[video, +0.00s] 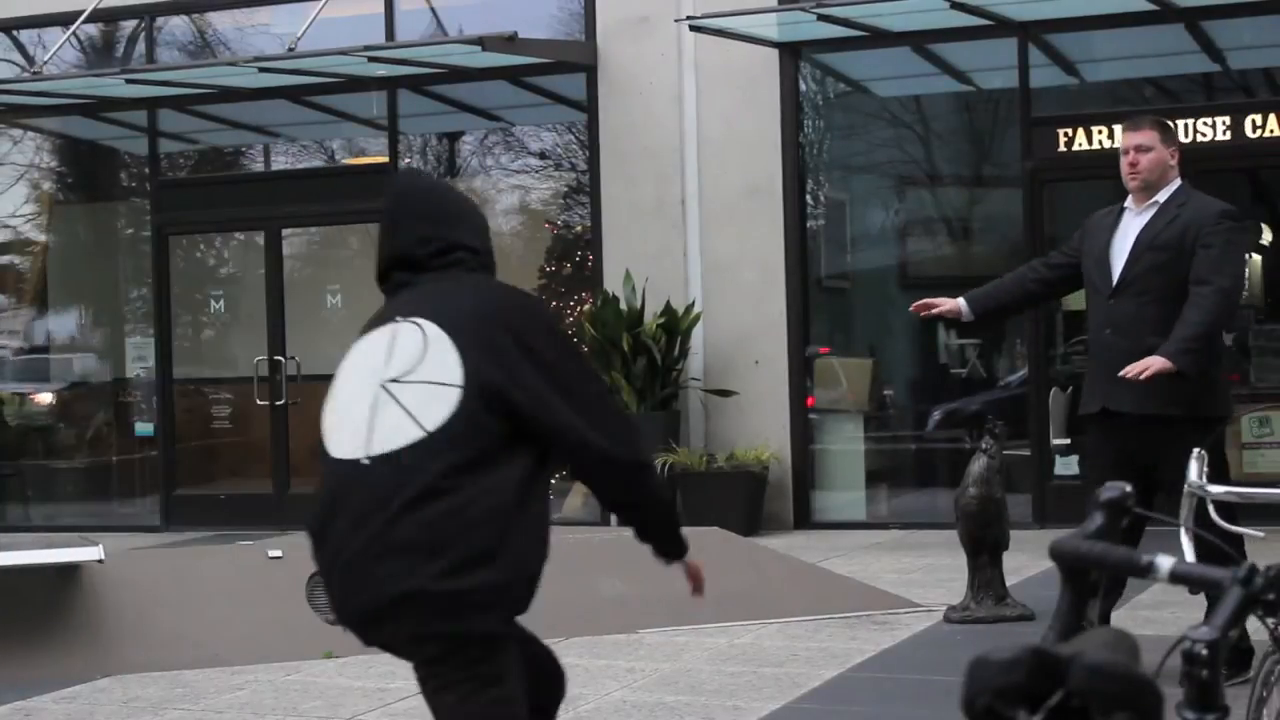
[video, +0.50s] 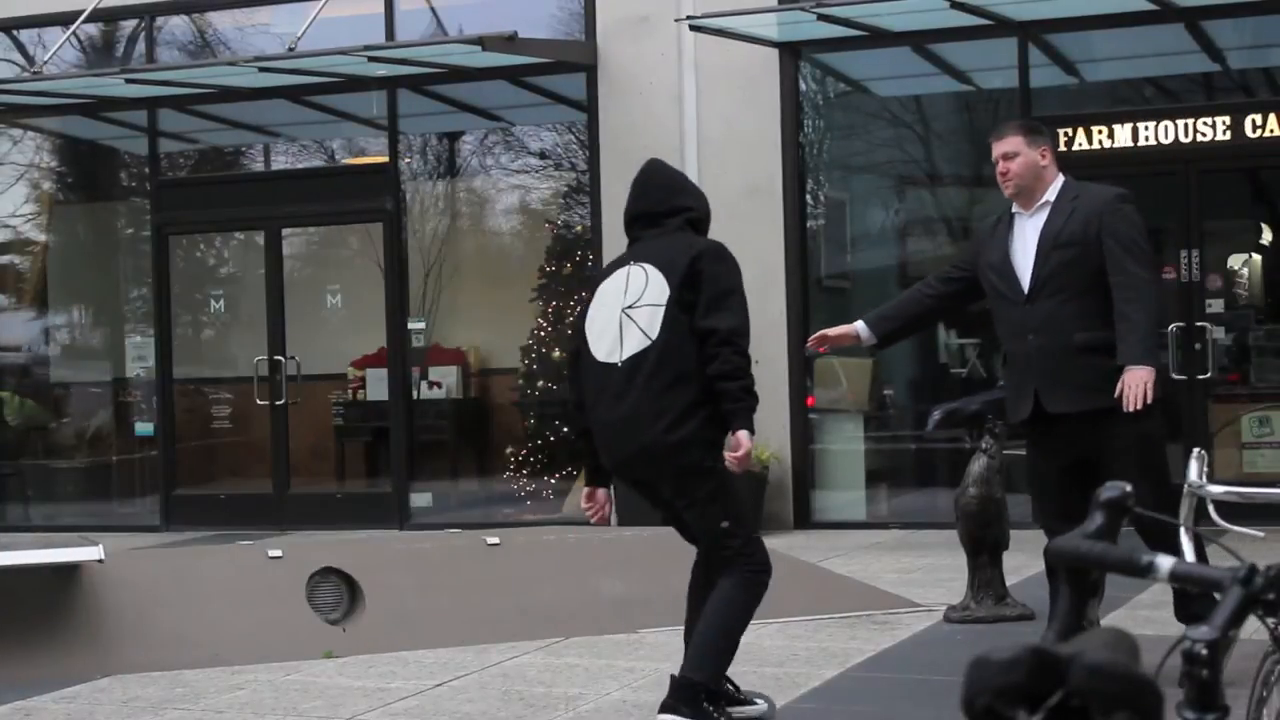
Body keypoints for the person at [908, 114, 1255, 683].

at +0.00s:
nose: (1129, 161)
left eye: (1140, 151)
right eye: (1124, 154)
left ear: (1173, 155)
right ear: (1120, 163)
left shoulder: (1211, 218)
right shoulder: (1101, 225)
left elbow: (1212, 296)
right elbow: (1044, 275)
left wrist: (1174, 354)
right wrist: (967, 306)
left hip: (1181, 402)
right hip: (1108, 404)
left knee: (1207, 521)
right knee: (1111, 524)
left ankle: (1232, 638)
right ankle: (1078, 633)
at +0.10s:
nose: (1103, 161)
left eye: (1114, 151)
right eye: (1097, 154)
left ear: (1145, 155)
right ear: (1092, 164)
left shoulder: (1185, 216)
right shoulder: (1073, 227)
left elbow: (1194, 295)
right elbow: (1014, 276)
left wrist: (1161, 354)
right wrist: (937, 311)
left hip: (1164, 402)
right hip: (1091, 406)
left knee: (1186, 518)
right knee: (1093, 528)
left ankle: (1227, 633)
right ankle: (1074, 636)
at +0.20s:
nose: (1071, 161)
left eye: (1082, 150)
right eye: (1065, 153)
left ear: (1114, 154)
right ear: (1061, 164)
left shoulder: (1162, 213)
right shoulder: (1045, 228)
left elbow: (1177, 292)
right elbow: (990, 281)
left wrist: (1157, 355)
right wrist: (914, 316)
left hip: (1147, 398)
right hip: (1067, 405)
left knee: (1176, 520)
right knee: (1076, 528)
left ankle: (1217, 630)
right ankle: (1075, 635)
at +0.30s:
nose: (1044, 162)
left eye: (1054, 151)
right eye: (1037, 155)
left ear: (1087, 154)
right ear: (1033, 166)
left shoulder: (1137, 210)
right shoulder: (1025, 231)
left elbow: (1162, 290)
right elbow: (967, 282)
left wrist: (1154, 358)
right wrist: (890, 321)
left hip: (1131, 395)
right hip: (1054, 403)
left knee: (1166, 517)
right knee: (1067, 525)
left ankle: (1211, 622)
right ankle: (1069, 638)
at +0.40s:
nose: (1021, 166)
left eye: (1030, 154)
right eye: (1015, 158)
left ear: (1063, 155)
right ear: (1013, 168)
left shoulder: (1119, 208)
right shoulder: (1005, 232)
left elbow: (1146, 288)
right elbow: (952, 288)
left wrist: (1148, 358)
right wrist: (876, 326)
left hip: (1119, 393)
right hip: (1049, 404)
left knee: (1158, 513)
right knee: (1064, 524)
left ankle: (1205, 616)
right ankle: (1070, 636)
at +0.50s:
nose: (1001, 169)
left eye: (1010, 158)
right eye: (996, 161)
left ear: (1046, 156)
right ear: (995, 169)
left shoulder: (1103, 208)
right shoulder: (995, 236)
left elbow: (1135, 289)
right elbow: (938, 291)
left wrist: (1139, 359)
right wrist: (863, 331)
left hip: (1113, 395)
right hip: (1043, 409)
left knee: (1154, 514)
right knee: (1061, 528)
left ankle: (1201, 620)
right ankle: (1070, 642)